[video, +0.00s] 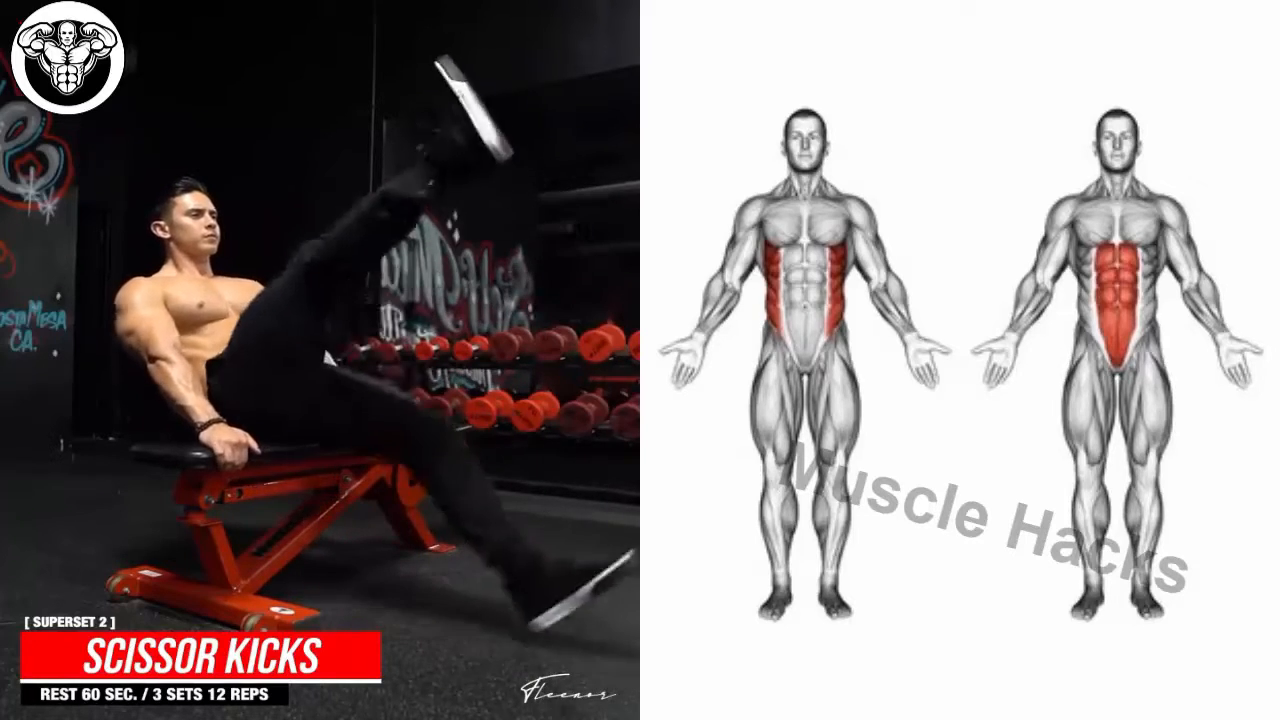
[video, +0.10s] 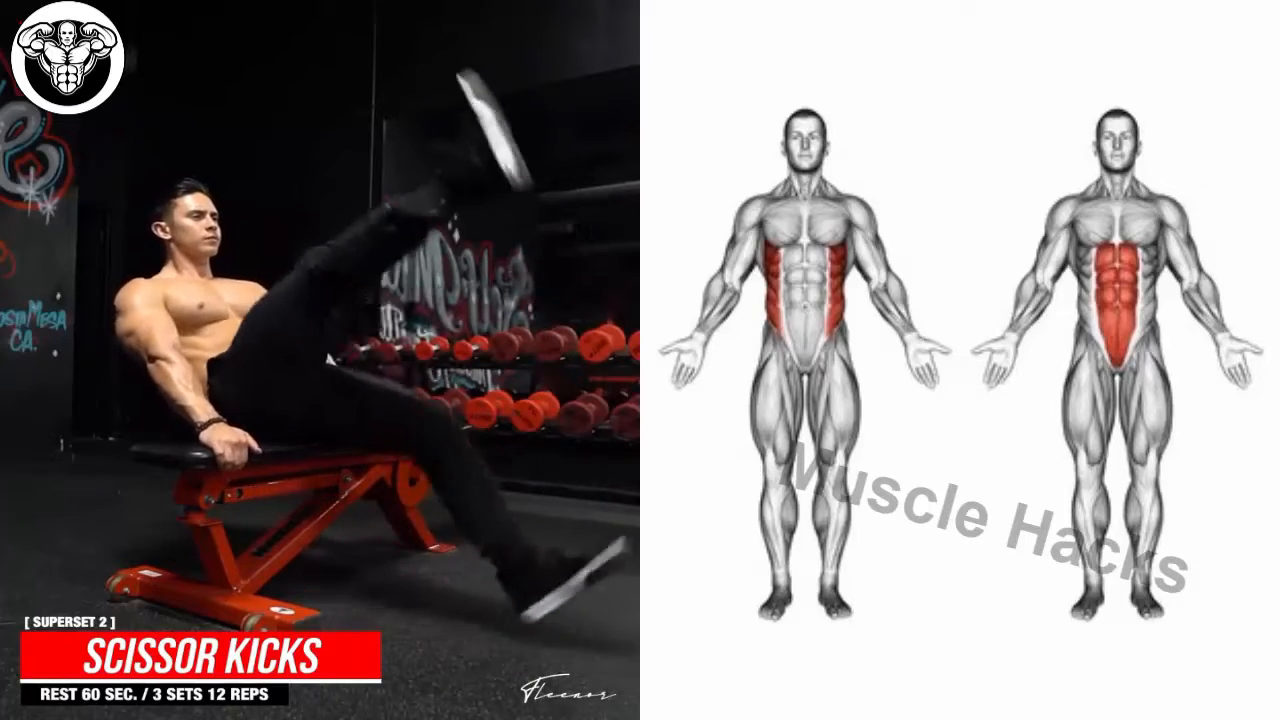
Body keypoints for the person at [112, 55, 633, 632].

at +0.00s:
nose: (209, 219)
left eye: (210, 211)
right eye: (194, 212)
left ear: (212, 227)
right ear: (162, 228)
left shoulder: (249, 289)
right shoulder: (141, 291)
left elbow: (303, 321)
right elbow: (166, 361)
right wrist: (208, 425)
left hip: (303, 395)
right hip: (243, 386)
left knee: (430, 433)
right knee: (314, 265)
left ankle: (531, 581)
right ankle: (444, 162)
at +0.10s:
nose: (211, 224)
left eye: (213, 216)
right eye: (196, 216)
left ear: (215, 229)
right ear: (163, 230)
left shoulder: (249, 289)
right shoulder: (142, 292)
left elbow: (296, 334)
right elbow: (163, 359)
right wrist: (208, 424)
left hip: (305, 393)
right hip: (245, 384)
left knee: (435, 426)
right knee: (321, 270)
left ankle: (526, 575)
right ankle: (446, 192)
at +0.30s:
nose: (211, 229)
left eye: (215, 221)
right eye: (196, 221)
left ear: (218, 232)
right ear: (165, 233)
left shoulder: (252, 293)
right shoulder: (142, 293)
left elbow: (302, 362)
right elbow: (167, 358)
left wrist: (359, 416)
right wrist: (210, 422)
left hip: (301, 398)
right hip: (244, 401)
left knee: (401, 345)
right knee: (361, 332)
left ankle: (576, 385)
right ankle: (527, 355)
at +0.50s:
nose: (218, 225)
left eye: (221, 217)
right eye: (204, 216)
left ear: (225, 229)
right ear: (170, 228)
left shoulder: (254, 292)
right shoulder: (145, 291)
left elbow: (316, 355)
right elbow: (163, 358)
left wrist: (370, 395)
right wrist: (208, 425)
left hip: (303, 376)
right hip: (251, 392)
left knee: (387, 296)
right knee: (381, 417)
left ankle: (536, 221)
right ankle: (528, 548)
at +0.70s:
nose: (222, 226)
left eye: (226, 216)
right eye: (208, 216)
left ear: (228, 223)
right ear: (175, 223)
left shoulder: (255, 290)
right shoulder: (148, 284)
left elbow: (316, 353)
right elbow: (165, 356)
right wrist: (209, 423)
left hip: (300, 381)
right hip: (247, 396)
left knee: (387, 298)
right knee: (379, 404)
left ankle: (539, 265)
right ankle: (520, 536)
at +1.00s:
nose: (215, 221)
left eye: (218, 211)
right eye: (200, 212)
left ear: (223, 220)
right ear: (168, 223)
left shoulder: (258, 284)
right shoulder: (147, 286)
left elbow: (310, 341)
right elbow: (166, 357)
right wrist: (211, 423)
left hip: (311, 397)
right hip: (248, 396)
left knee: (435, 425)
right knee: (341, 293)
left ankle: (560, 562)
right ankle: (516, 247)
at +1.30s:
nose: (210, 227)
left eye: (214, 218)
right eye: (195, 218)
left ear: (218, 229)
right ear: (162, 231)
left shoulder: (250, 290)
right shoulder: (142, 294)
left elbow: (306, 349)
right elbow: (163, 361)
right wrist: (208, 425)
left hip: (298, 395)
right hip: (237, 395)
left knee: (432, 396)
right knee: (348, 329)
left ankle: (573, 492)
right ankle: (528, 350)